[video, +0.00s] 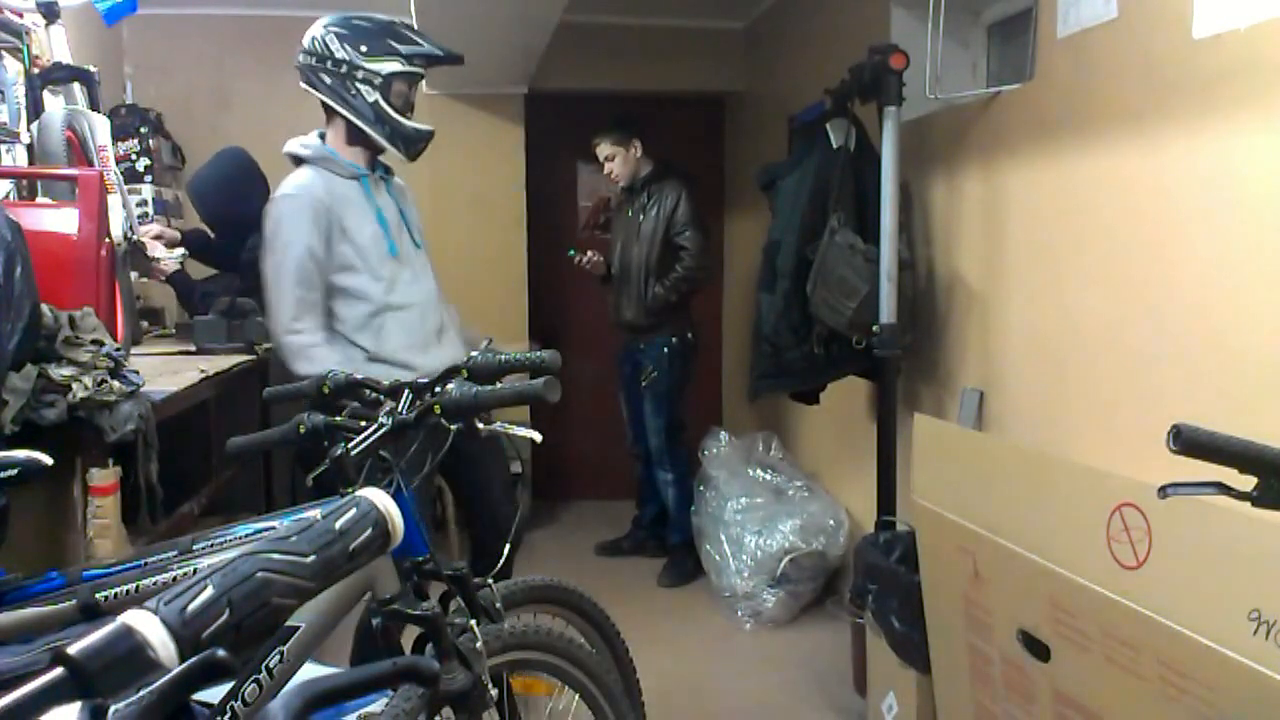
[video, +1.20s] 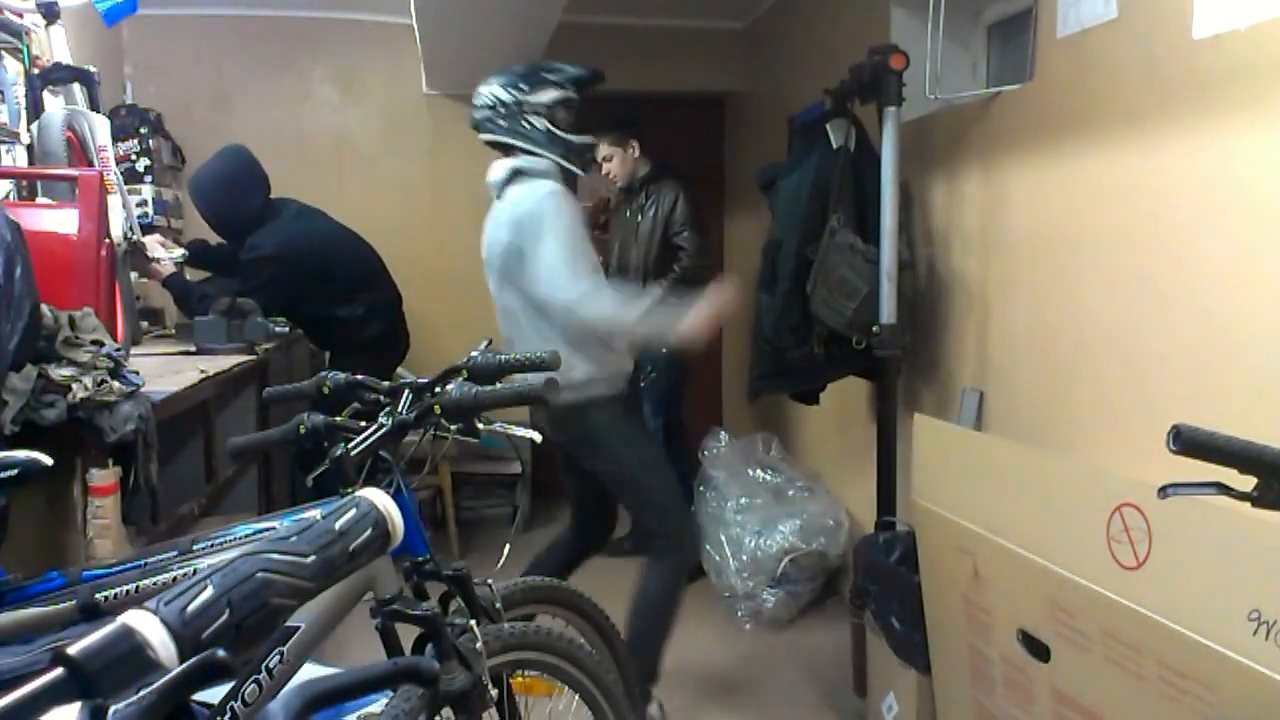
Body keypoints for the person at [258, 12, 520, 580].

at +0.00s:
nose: (413, 105)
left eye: (414, 92)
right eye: (403, 91)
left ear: (365, 91)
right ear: (355, 89)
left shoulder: (393, 189)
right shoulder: (302, 198)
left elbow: (422, 298)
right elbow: (298, 335)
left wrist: (475, 352)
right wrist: (380, 396)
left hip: (446, 394)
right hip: (376, 412)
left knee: (497, 522)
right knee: (394, 570)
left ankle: (474, 649)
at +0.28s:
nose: (446, 109)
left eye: (444, 96)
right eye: (436, 96)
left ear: (403, 105)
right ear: (398, 103)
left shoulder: (422, 195)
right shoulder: (358, 205)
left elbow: (460, 307)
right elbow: (350, 333)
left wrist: (505, 376)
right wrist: (404, 408)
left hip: (478, 401)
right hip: (421, 415)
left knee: (520, 523)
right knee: (431, 558)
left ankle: (476, 634)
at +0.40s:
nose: (465, 110)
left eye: (461, 96)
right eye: (451, 97)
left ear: (416, 108)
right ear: (412, 106)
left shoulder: (440, 197)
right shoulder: (388, 203)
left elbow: (478, 308)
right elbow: (393, 333)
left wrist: (542, 347)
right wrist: (486, 370)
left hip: (493, 398)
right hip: (442, 410)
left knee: (538, 521)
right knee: (456, 549)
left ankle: (490, 622)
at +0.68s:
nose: (504, 115)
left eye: (502, 102)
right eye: (489, 102)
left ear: (455, 117)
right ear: (450, 112)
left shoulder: (473, 197)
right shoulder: (448, 203)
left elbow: (513, 296)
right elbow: (456, 323)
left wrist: (564, 354)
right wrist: (531, 384)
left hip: (535, 397)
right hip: (505, 405)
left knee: (556, 521)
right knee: (510, 534)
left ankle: (481, 617)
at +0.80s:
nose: (519, 116)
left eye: (517, 104)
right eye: (505, 104)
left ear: (469, 118)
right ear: (468, 113)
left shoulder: (482, 193)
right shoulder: (469, 199)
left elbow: (496, 303)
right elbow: (480, 311)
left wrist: (576, 344)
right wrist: (570, 352)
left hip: (542, 388)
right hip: (525, 393)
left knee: (557, 518)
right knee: (558, 525)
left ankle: (498, 617)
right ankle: (491, 620)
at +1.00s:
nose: (544, 129)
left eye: (541, 117)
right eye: (530, 117)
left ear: (496, 128)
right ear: (494, 125)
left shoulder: (497, 196)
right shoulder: (505, 201)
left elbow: (528, 294)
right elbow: (546, 296)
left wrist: (574, 276)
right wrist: (640, 317)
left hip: (532, 393)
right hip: (543, 396)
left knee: (568, 525)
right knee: (623, 530)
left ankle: (492, 621)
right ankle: (583, 659)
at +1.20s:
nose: (579, 130)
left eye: (573, 116)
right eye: (566, 116)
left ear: (518, 128)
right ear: (536, 123)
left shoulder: (523, 198)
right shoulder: (540, 201)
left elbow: (566, 300)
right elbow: (578, 299)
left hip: (566, 400)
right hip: (588, 401)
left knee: (587, 528)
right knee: (671, 538)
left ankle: (497, 619)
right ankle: (630, 696)